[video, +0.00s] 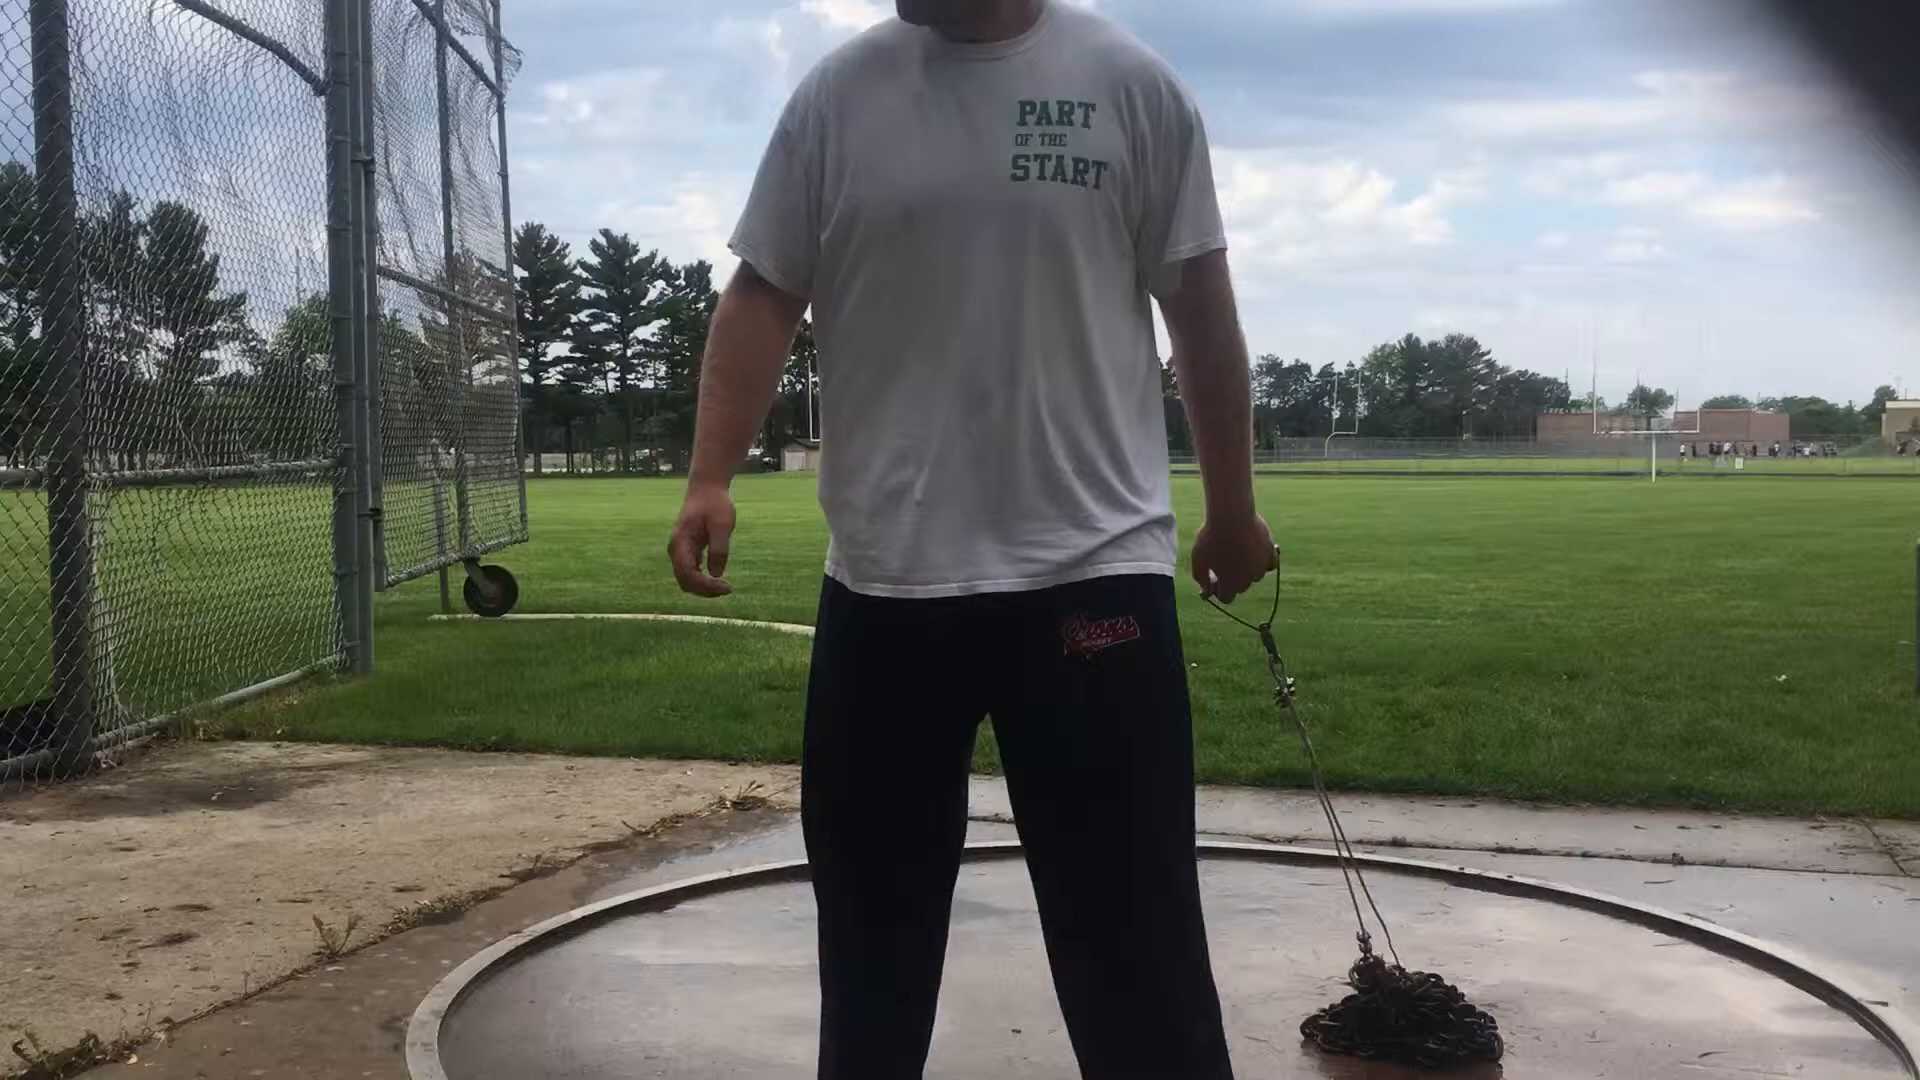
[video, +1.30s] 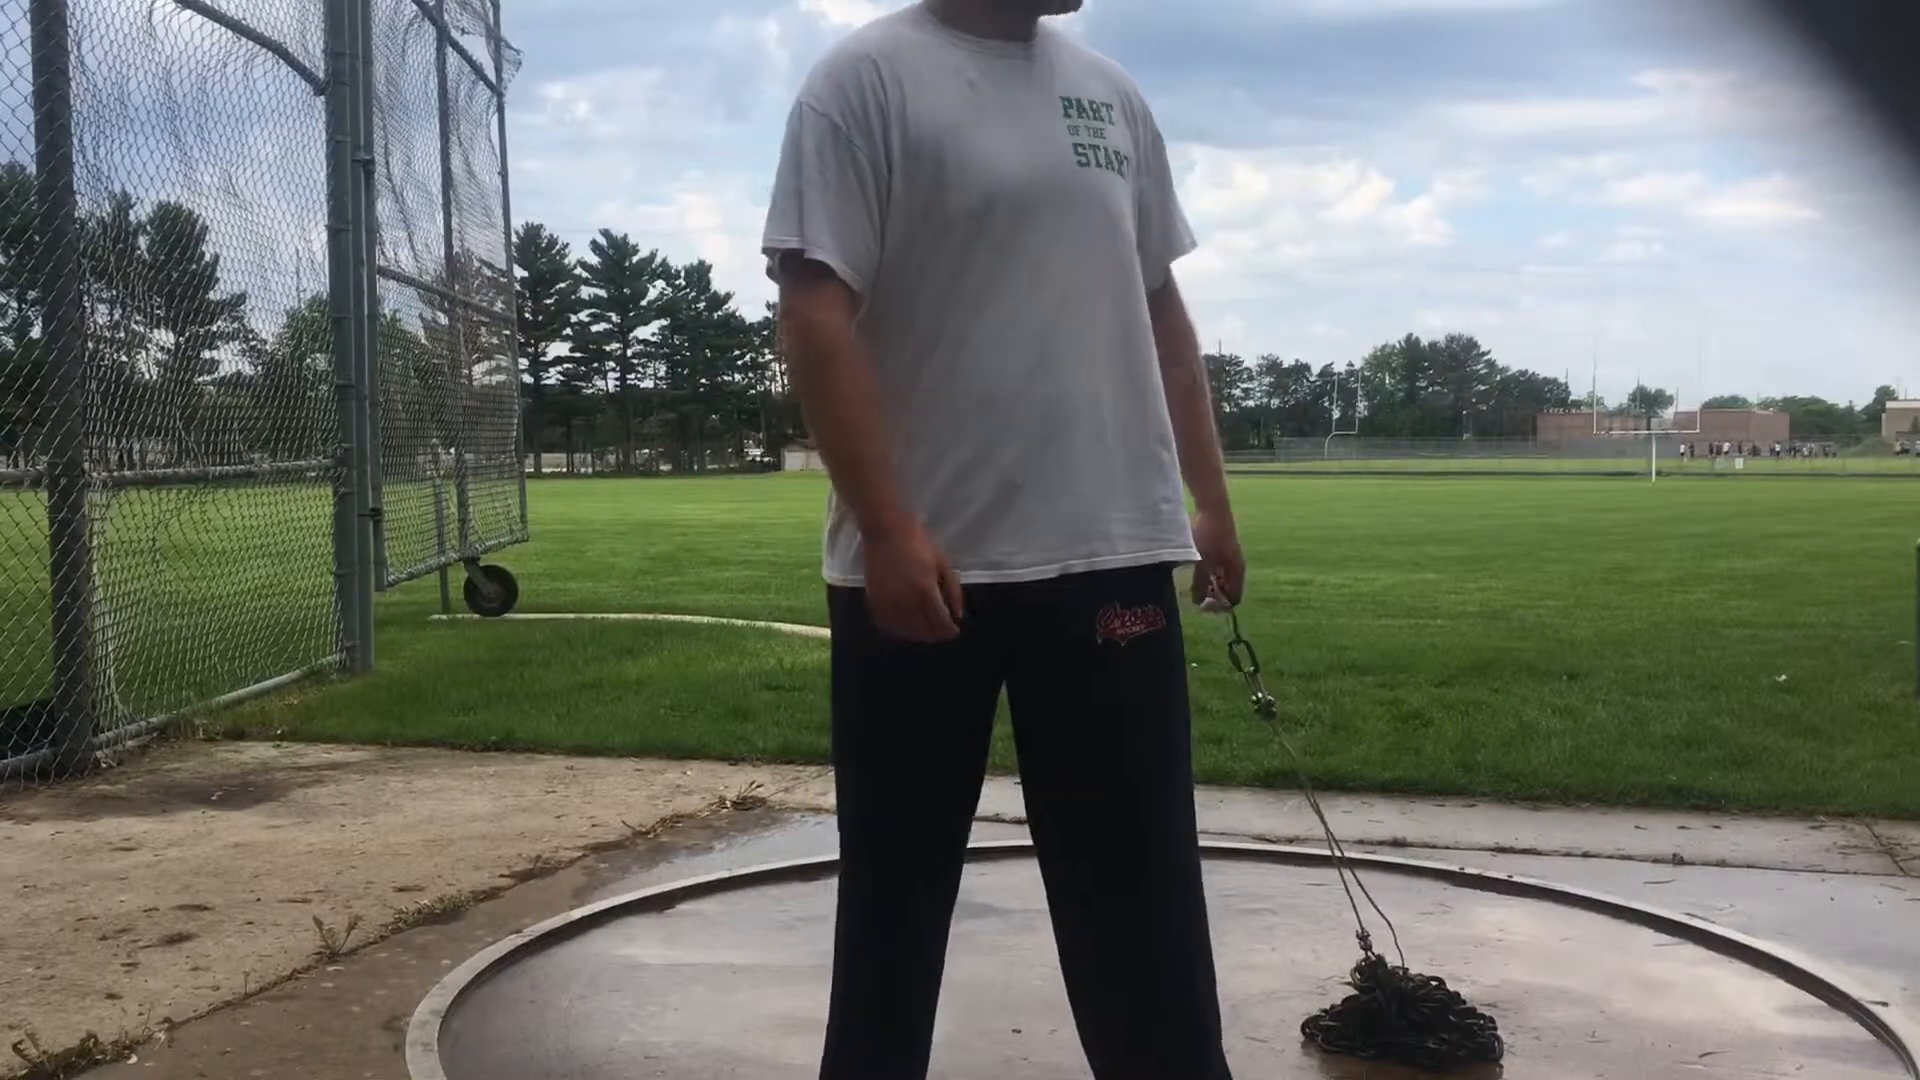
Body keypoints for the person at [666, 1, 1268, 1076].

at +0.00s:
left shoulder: (1131, 86)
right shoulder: (834, 96)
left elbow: (1200, 304)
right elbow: (764, 291)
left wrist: (1231, 506)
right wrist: (708, 475)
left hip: (1092, 576)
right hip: (885, 585)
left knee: (1135, 947)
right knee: (869, 943)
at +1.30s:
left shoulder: (1111, 96)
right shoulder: (862, 79)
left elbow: (1159, 312)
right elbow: (813, 316)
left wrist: (1210, 501)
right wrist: (887, 529)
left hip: (1111, 568)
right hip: (918, 577)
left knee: (1145, 919)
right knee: (893, 919)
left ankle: (1176, 1074)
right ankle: (872, 1076)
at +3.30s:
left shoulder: (1201, 99)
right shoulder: (897, 93)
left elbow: (1294, 297)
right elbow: (815, 316)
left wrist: (1356, 492)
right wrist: (828, 543)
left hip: (1130, 555)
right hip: (928, 559)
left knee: (1160, 912)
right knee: (890, 911)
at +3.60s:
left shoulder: (1180, 62)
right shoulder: (873, 111)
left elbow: (1347, 208)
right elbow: (830, 334)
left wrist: (1324, 355)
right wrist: (905, 503)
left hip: (1149, 572)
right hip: (945, 575)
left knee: (1185, 931)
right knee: (902, 927)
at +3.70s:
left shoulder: (1144, 35)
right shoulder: (856, 117)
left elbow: (1335, 144)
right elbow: (832, 337)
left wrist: (1247, 240)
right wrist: (960, 421)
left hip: (1144, 564)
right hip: (942, 573)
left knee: (1181, 931)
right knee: (901, 930)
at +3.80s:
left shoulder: (1109, 22)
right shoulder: (842, 116)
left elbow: (1308, 92)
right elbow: (833, 335)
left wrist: (1183, 141)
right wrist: (967, 314)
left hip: (1125, 532)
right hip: (931, 560)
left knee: (1165, 928)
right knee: (894, 933)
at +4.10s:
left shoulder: (1062, 32)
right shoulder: (830, 120)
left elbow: (1181, 128)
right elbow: (812, 311)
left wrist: (995, 116)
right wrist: (897, 208)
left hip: (1086, 515)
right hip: (902, 543)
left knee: (1132, 912)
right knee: (873, 898)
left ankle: (1162, 1073)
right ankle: (864, 1068)